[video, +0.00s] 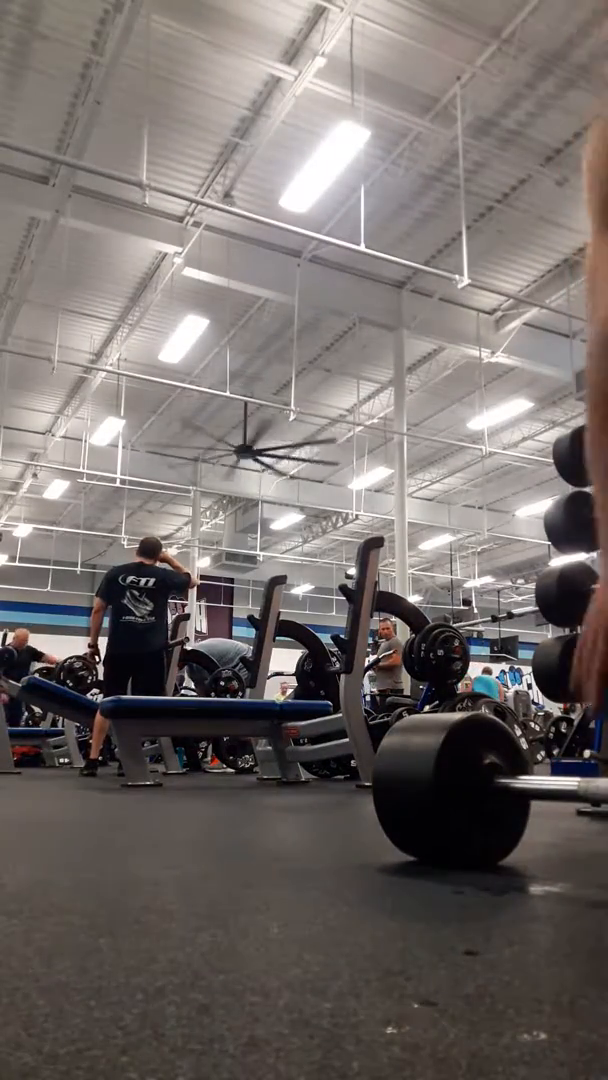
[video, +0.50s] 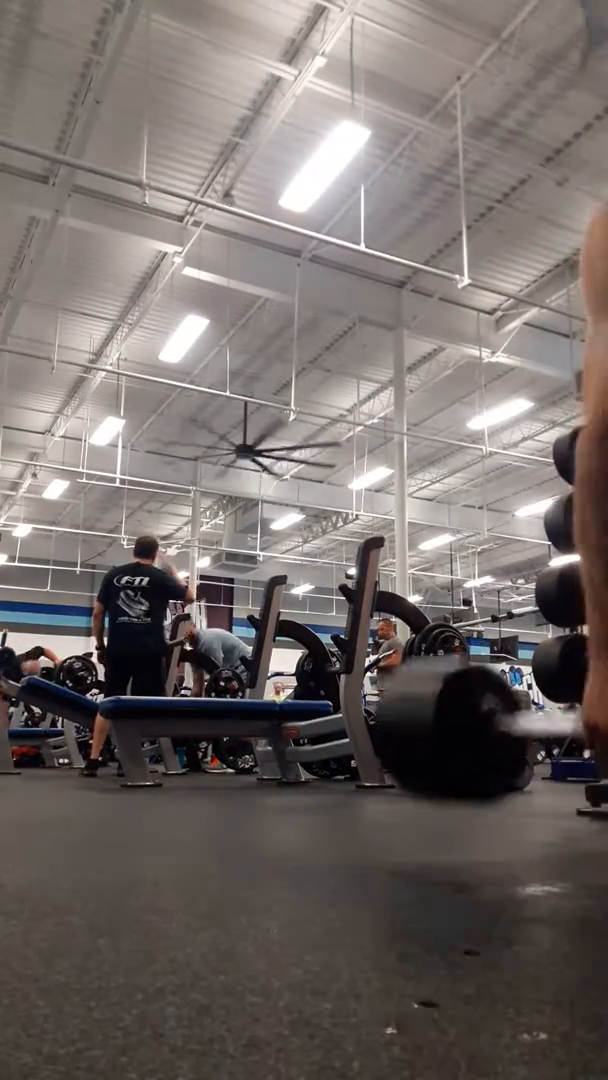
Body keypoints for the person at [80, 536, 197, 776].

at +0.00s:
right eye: (159, 554)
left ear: (137, 552)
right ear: (158, 556)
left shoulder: (116, 573)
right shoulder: (163, 577)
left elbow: (98, 609)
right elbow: (191, 581)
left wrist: (93, 642)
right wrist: (170, 560)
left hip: (118, 651)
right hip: (151, 652)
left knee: (108, 703)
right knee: (148, 706)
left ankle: (93, 758)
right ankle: (136, 763)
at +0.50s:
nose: (158, 557)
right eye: (158, 554)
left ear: (133, 553)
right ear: (155, 555)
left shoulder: (114, 574)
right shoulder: (161, 578)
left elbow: (98, 612)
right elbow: (189, 596)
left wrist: (99, 645)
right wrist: (180, 577)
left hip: (118, 648)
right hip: (149, 650)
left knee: (109, 702)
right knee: (150, 704)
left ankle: (93, 758)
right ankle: (138, 763)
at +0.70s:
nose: (155, 558)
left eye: (153, 555)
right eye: (155, 555)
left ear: (130, 554)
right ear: (152, 555)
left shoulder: (112, 575)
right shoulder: (156, 577)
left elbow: (96, 613)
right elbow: (180, 601)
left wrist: (99, 647)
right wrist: (188, 612)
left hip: (115, 649)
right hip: (146, 650)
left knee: (106, 703)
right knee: (146, 706)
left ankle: (90, 758)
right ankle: (137, 765)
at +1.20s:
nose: (152, 564)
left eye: (151, 562)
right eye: (152, 561)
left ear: (128, 555)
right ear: (149, 560)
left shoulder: (106, 575)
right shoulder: (151, 578)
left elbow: (90, 613)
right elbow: (164, 608)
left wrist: (93, 645)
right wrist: (157, 621)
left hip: (108, 650)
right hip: (138, 651)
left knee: (101, 704)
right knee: (137, 705)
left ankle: (88, 759)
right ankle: (129, 762)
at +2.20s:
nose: (123, 563)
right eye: (126, 560)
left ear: (105, 558)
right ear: (126, 559)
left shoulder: (89, 577)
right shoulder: (131, 577)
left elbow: (76, 612)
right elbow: (142, 609)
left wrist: (96, 610)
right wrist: (139, 629)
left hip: (92, 650)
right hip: (121, 651)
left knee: (90, 703)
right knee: (118, 705)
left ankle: (86, 760)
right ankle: (113, 761)